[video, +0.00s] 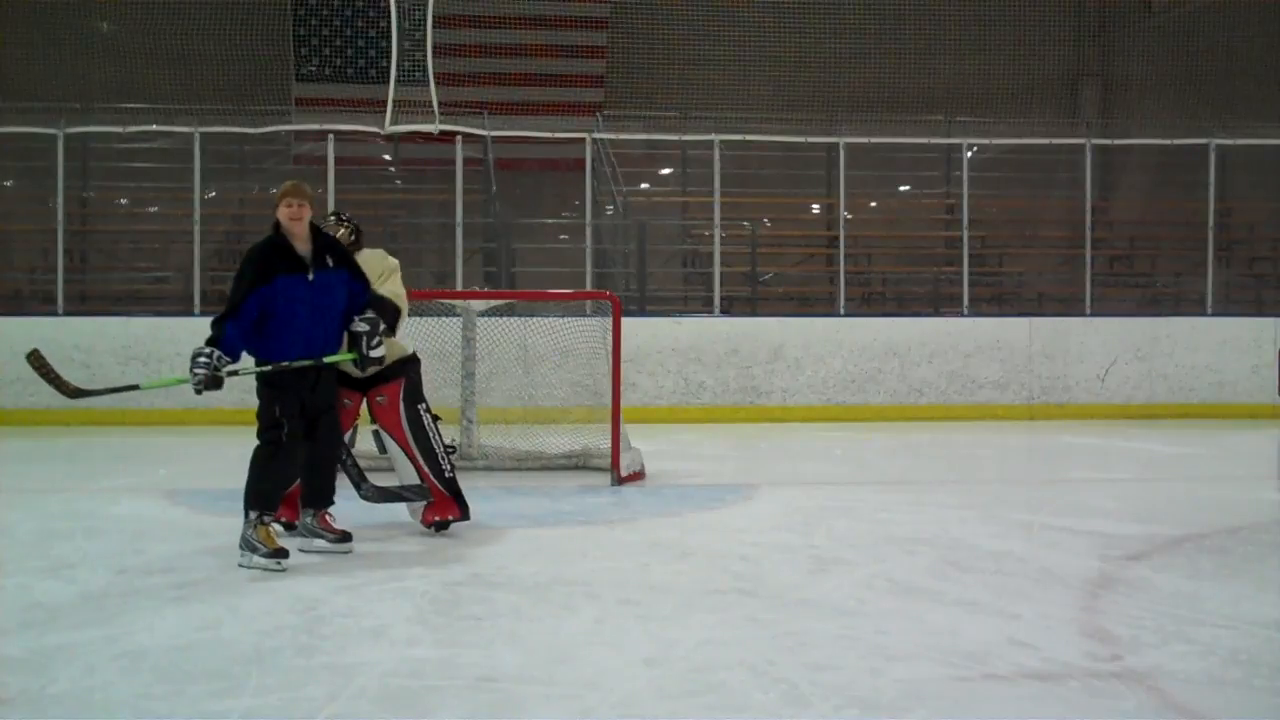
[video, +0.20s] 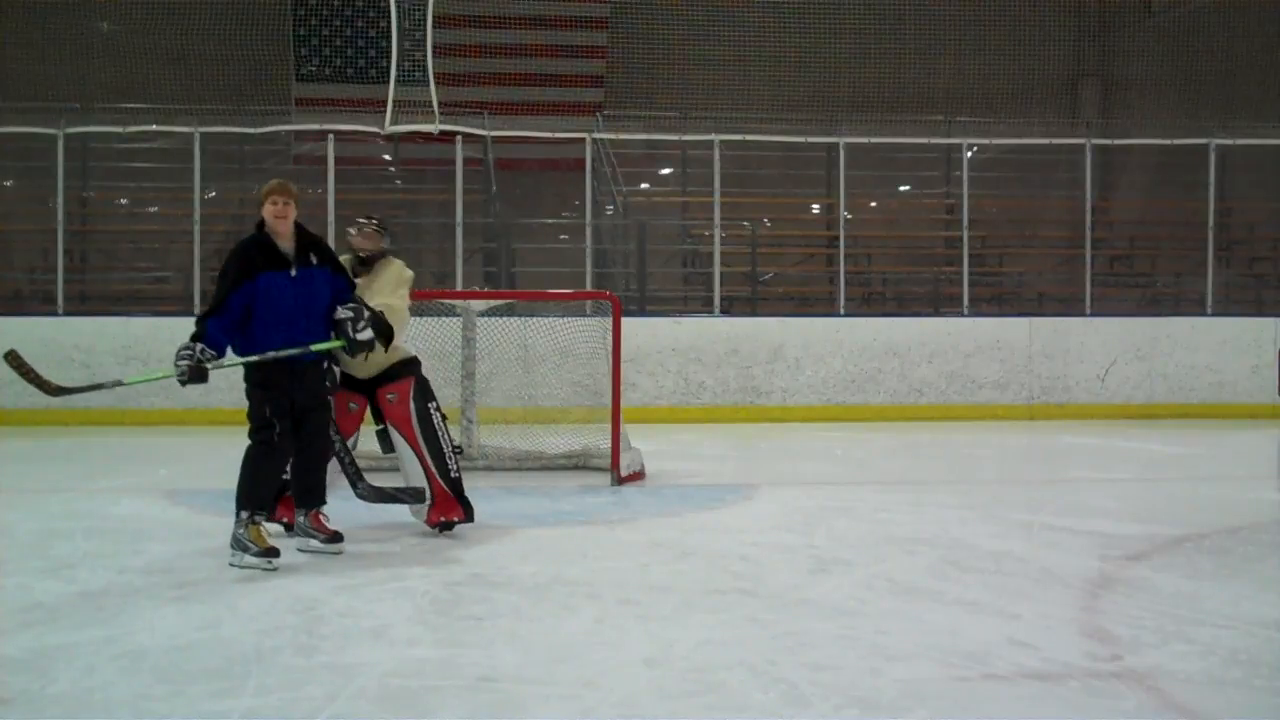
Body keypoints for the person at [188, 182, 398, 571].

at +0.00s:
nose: (295, 211)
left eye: (301, 205)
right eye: (288, 205)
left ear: (312, 210)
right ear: (277, 212)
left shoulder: (333, 253)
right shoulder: (262, 257)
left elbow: (365, 300)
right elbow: (237, 313)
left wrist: (369, 328)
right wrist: (214, 354)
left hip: (322, 367)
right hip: (278, 371)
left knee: (325, 442)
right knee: (279, 445)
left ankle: (313, 516)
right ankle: (257, 526)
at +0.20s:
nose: (280, 210)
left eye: (286, 204)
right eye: (273, 204)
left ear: (296, 210)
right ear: (262, 210)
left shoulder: (317, 251)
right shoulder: (247, 255)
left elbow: (343, 296)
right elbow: (223, 309)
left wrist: (355, 320)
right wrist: (200, 351)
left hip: (313, 363)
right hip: (267, 365)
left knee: (316, 439)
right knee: (270, 441)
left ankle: (309, 514)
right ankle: (248, 525)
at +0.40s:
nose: (270, 210)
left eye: (276, 205)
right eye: (263, 204)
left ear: (287, 211)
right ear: (253, 211)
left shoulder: (309, 252)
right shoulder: (237, 257)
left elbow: (337, 295)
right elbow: (212, 311)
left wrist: (344, 323)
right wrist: (191, 348)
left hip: (304, 366)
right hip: (255, 369)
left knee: (312, 442)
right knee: (255, 443)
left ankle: (311, 510)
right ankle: (229, 523)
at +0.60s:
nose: (270, 211)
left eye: (277, 206)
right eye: (264, 206)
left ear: (286, 212)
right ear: (252, 211)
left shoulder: (306, 251)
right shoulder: (234, 255)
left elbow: (335, 295)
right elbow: (212, 311)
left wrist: (333, 327)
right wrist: (194, 351)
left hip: (298, 365)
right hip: (248, 367)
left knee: (305, 440)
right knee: (244, 441)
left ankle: (312, 508)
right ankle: (221, 520)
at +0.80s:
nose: (286, 220)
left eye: (289, 214)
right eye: (279, 214)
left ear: (293, 218)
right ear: (258, 215)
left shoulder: (304, 254)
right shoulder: (231, 256)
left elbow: (328, 298)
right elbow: (209, 310)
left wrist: (322, 330)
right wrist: (203, 355)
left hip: (293, 365)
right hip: (243, 367)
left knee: (301, 439)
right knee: (236, 441)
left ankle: (311, 509)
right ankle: (215, 514)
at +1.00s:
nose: (286, 227)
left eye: (290, 220)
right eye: (280, 219)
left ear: (291, 222)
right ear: (258, 217)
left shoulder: (298, 257)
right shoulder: (226, 256)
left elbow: (320, 300)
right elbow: (199, 311)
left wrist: (315, 330)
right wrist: (195, 354)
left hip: (284, 365)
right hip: (235, 367)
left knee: (295, 436)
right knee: (228, 439)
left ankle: (306, 507)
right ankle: (205, 513)